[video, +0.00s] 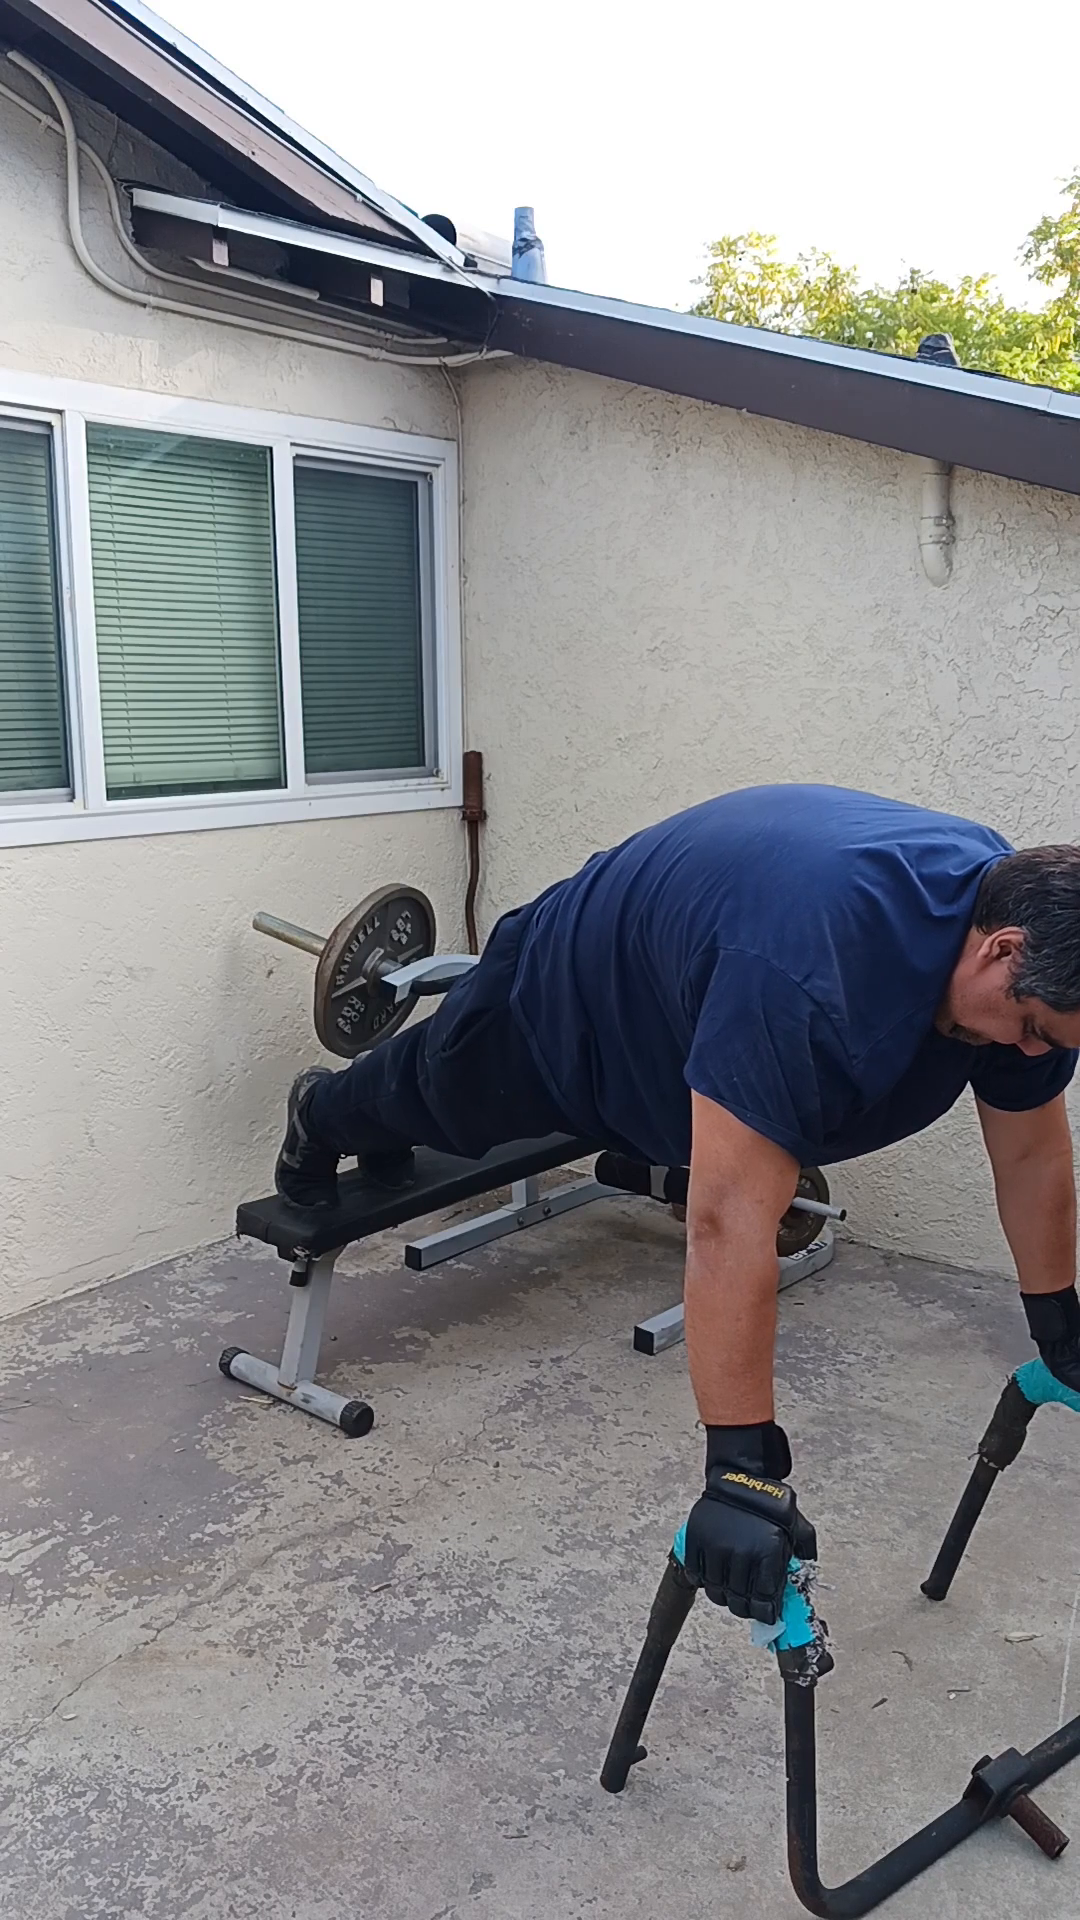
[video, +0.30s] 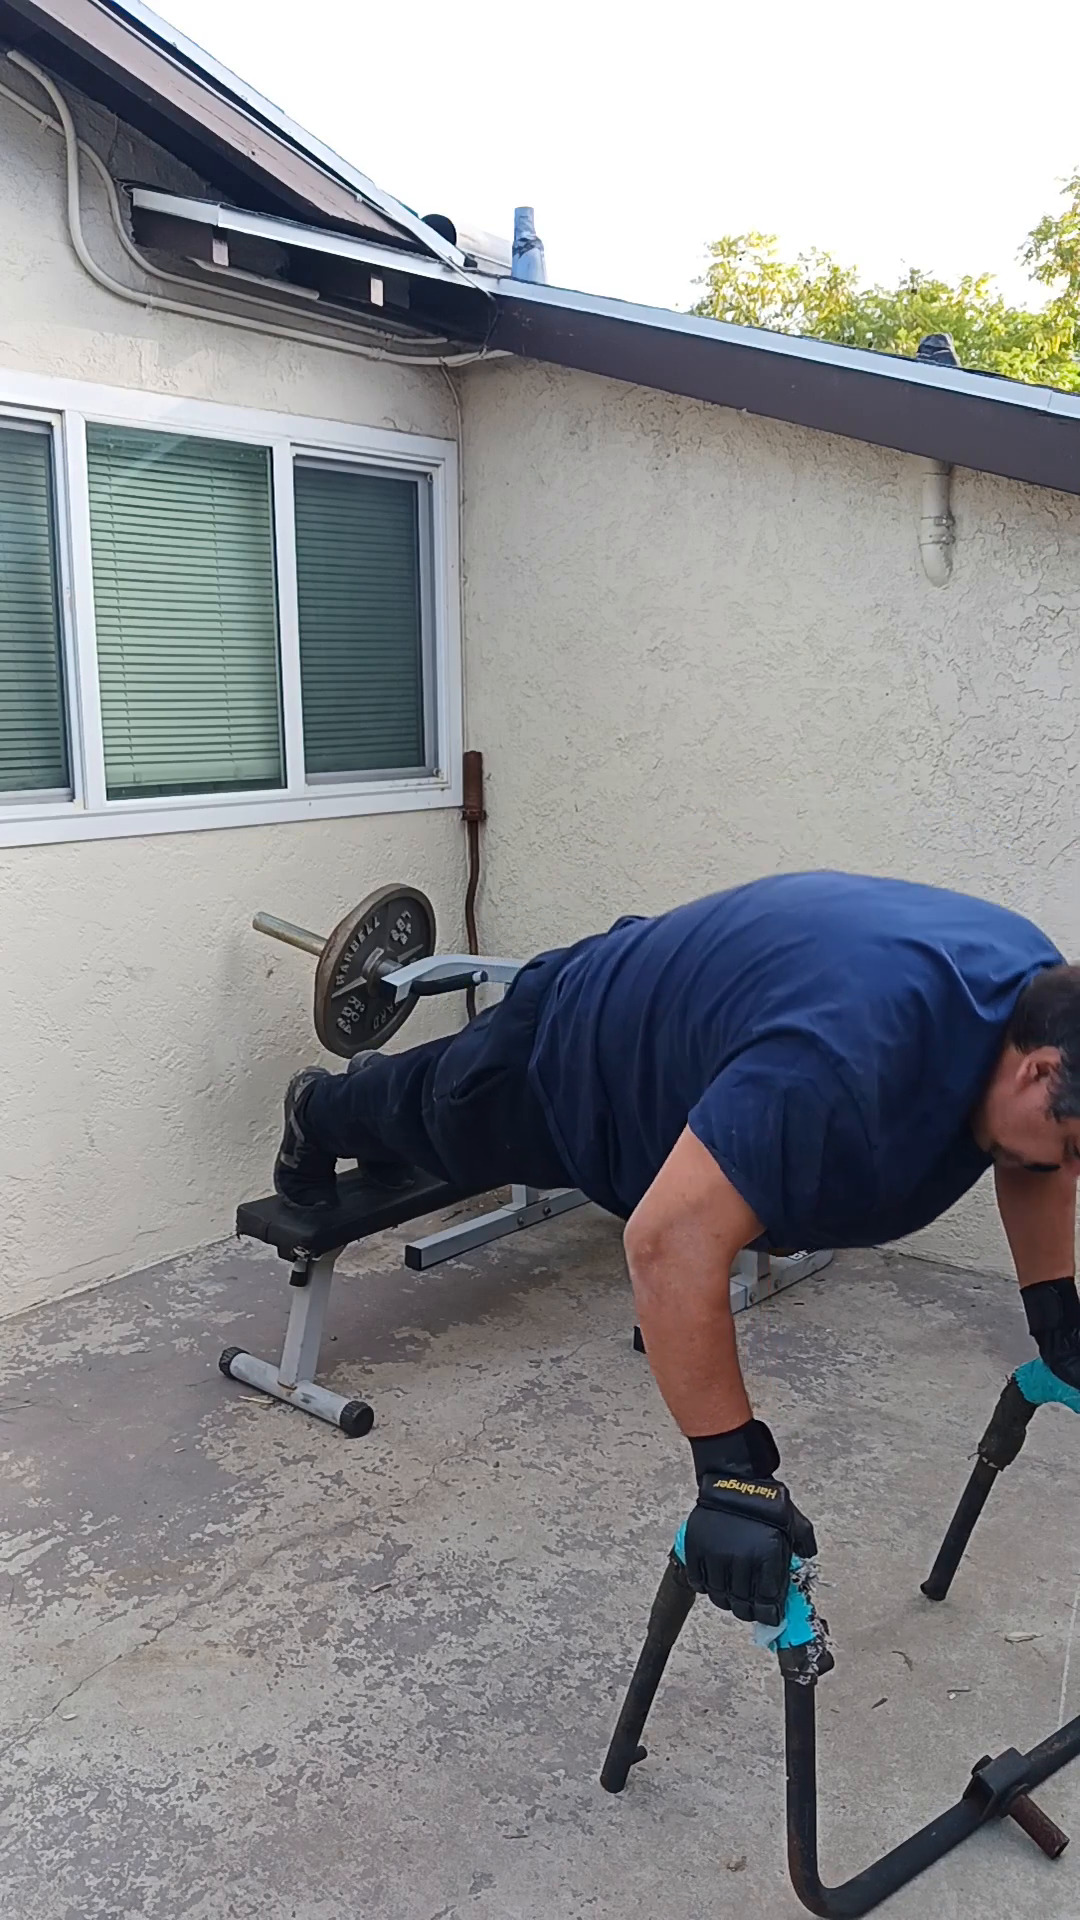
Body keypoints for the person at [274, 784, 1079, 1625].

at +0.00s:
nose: (1041, 1052)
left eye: (1056, 1040)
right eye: (1038, 1029)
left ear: (1013, 946)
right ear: (994, 953)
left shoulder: (1028, 964)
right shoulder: (810, 951)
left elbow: (1036, 1159)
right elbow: (727, 1218)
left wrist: (1058, 1325)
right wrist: (743, 1469)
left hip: (700, 997)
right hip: (573, 987)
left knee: (499, 1089)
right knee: (430, 1082)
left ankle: (390, 1123)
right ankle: (319, 1113)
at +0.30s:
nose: (1044, 1164)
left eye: (1065, 1155)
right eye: (1050, 1141)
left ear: (1052, 1064)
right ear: (1026, 1068)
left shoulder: (1035, 993)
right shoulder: (835, 1063)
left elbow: (1040, 1162)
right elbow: (669, 1249)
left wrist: (1056, 1318)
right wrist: (735, 1475)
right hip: (583, 1041)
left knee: (496, 1112)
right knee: (430, 1101)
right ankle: (316, 1108)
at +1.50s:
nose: (1062, 1266)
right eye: (1074, 1240)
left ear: (1064, 1170)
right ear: (1055, 1179)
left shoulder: (1059, 1082)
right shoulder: (840, 1148)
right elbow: (633, 1269)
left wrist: (1059, 1324)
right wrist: (729, 1474)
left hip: (730, 1019)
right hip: (605, 1094)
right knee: (451, 1125)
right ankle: (324, 1115)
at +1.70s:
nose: (1059, 1095)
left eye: (1072, 1084)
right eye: (1064, 1072)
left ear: (1040, 987)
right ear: (1031, 995)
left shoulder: (1042, 968)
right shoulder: (820, 1018)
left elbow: (1051, 1150)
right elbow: (692, 1238)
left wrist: (1060, 1321)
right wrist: (736, 1478)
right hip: (608, 1039)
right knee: (450, 1098)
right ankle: (322, 1117)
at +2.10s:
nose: (1055, 1027)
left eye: (1072, 1011)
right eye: (1056, 997)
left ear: (1022, 921)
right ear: (1012, 923)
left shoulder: (1021, 957)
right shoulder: (818, 975)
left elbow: (1040, 1153)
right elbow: (736, 1223)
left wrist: (1060, 1327)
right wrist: (741, 1472)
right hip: (605, 994)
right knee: (450, 1082)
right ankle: (320, 1112)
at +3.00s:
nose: (1054, 1551)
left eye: (1069, 1543)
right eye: (1072, 1536)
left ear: (1066, 1476)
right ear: (1060, 1478)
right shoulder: (923, 1376)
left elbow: (1052, 1128)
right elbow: (682, 1263)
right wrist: (736, 1485)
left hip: (725, 1137)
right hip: (612, 1213)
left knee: (543, 1129)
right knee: (453, 1181)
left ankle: (395, 1083)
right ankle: (323, 1109)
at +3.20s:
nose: (1043, 1579)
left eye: (1057, 1582)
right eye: (1061, 1575)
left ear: (1063, 1509)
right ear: (1066, 1515)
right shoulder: (929, 1388)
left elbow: (1059, 1130)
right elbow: (690, 1266)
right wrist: (736, 1488)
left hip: (733, 1151)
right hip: (622, 1219)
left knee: (548, 1133)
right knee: (457, 1188)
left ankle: (411, 1086)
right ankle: (328, 1109)